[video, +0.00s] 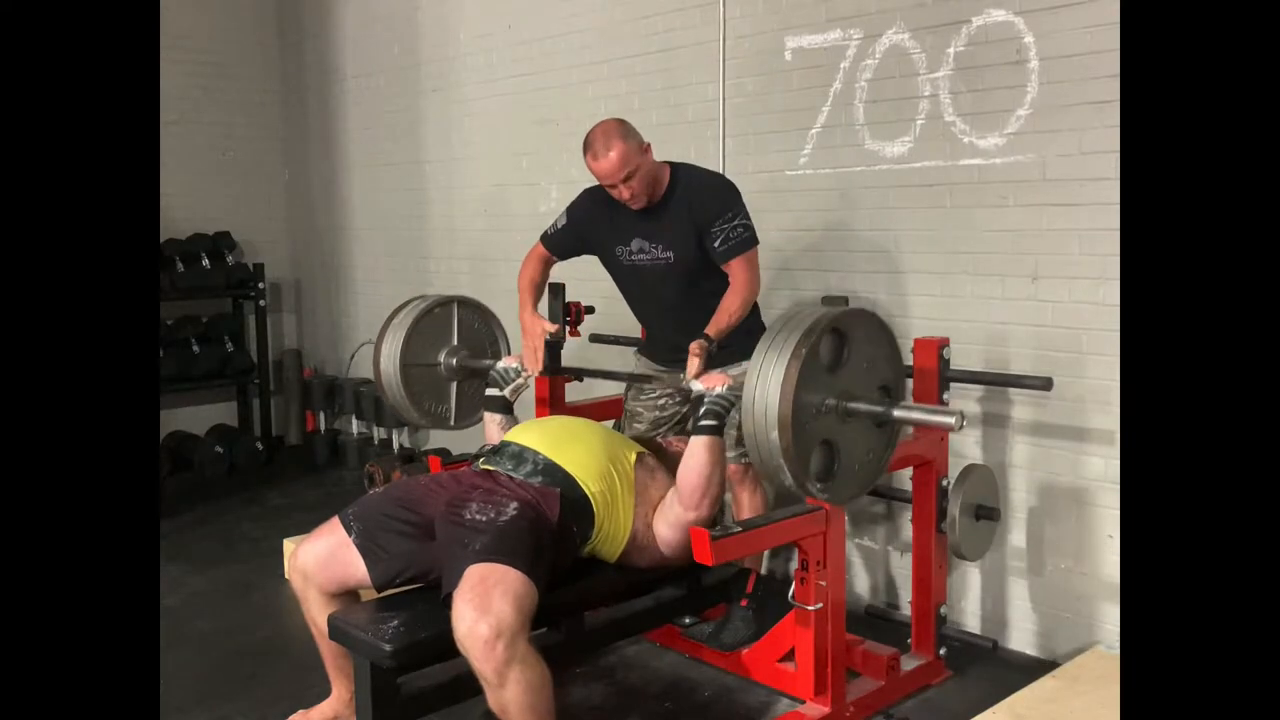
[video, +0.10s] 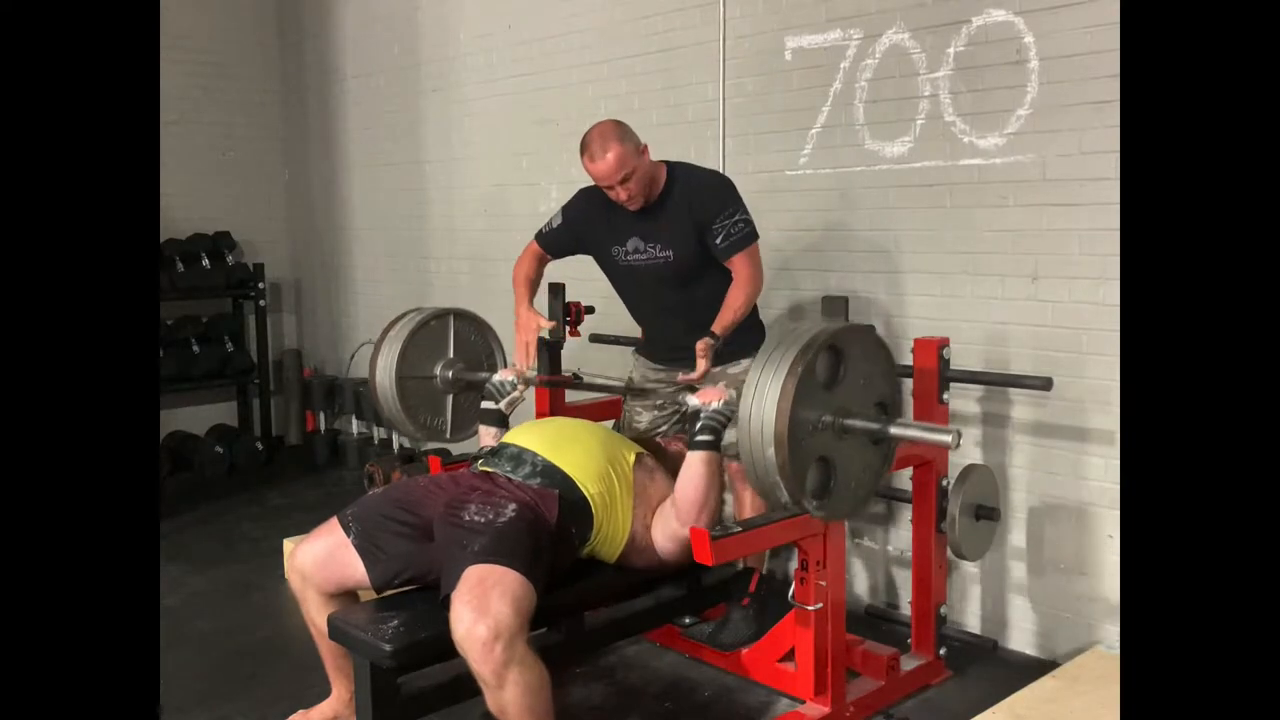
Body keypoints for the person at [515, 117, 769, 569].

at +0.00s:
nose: (625, 193)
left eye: (630, 178)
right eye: (611, 186)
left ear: (648, 152)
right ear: (596, 178)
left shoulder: (709, 193)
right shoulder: (593, 211)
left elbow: (745, 281)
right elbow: (537, 259)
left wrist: (708, 339)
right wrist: (528, 317)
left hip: (731, 357)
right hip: (659, 361)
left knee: (738, 469)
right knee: (650, 463)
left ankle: (750, 585)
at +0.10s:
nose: (621, 195)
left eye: (627, 180)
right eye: (607, 188)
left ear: (646, 154)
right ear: (593, 178)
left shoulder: (707, 191)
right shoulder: (588, 212)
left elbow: (748, 275)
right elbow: (531, 258)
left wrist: (714, 336)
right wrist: (523, 311)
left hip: (732, 357)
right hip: (657, 361)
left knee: (739, 466)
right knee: (650, 466)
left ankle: (751, 584)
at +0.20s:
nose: (621, 195)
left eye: (626, 180)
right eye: (608, 187)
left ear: (647, 153)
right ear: (593, 177)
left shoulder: (708, 192)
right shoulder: (589, 212)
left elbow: (752, 274)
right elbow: (539, 254)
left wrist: (720, 344)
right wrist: (534, 306)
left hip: (730, 357)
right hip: (657, 363)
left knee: (743, 470)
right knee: (650, 476)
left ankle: (760, 583)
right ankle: (669, 593)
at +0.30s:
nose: (624, 194)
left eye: (631, 179)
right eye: (613, 185)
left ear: (653, 154)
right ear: (601, 175)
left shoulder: (713, 195)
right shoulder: (599, 207)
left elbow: (755, 282)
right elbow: (564, 256)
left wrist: (727, 364)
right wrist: (565, 302)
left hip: (729, 361)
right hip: (658, 366)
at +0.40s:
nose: (632, 189)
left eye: (640, 176)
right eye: (622, 179)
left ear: (666, 151)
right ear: (612, 169)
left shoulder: (722, 196)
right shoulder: (617, 200)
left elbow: (756, 287)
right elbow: (602, 256)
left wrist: (738, 374)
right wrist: (609, 317)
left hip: (728, 365)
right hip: (661, 364)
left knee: (739, 475)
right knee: (648, 471)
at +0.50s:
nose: (640, 186)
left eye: (648, 173)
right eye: (631, 176)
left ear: (676, 151)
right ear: (622, 164)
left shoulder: (733, 194)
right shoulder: (631, 194)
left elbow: (766, 287)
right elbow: (630, 254)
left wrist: (744, 373)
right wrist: (634, 319)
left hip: (731, 366)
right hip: (667, 363)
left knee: (738, 480)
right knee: (649, 473)